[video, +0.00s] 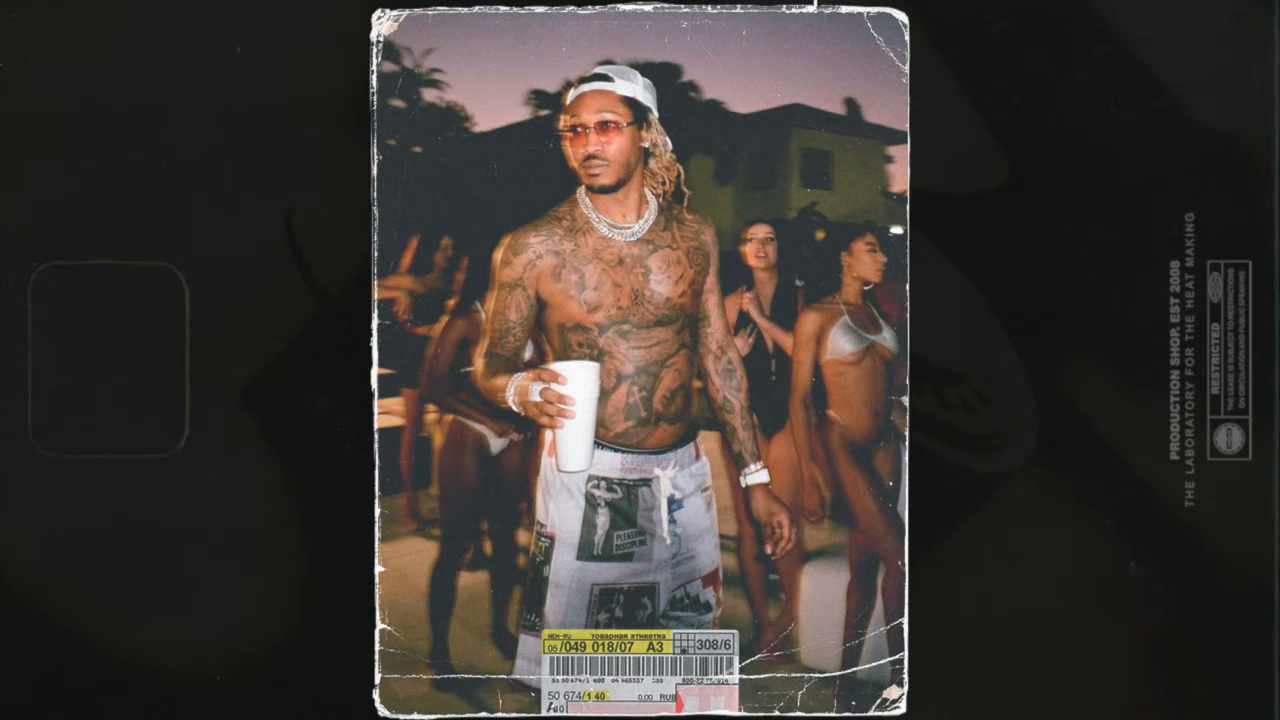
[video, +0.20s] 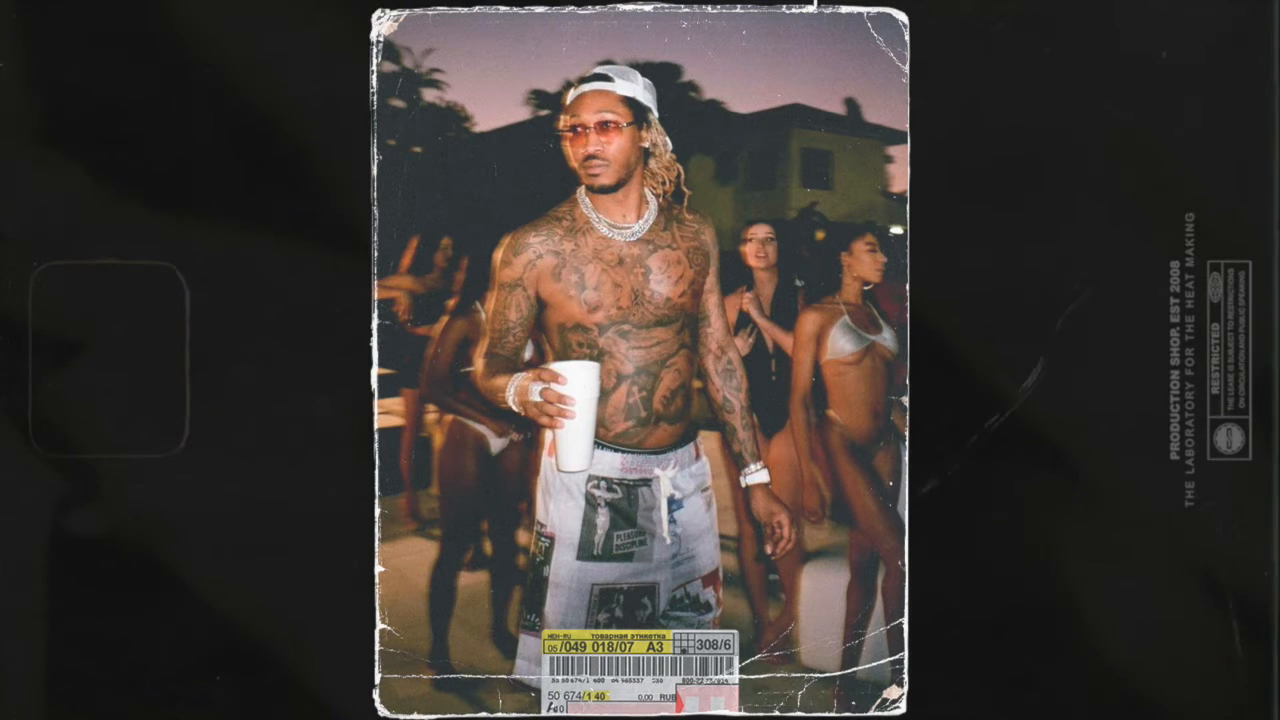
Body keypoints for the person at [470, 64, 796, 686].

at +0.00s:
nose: (590, 143)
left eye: (608, 126)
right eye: (576, 130)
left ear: (646, 138)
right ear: (565, 143)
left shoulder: (693, 236)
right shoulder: (532, 248)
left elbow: (720, 358)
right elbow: (490, 366)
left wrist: (756, 481)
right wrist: (516, 389)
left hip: (681, 477)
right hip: (582, 482)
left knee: (690, 663)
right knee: (574, 666)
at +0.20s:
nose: (590, 143)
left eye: (608, 126)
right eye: (576, 130)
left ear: (646, 138)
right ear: (565, 144)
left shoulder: (693, 236)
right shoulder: (532, 248)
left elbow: (720, 358)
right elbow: (491, 365)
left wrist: (756, 481)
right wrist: (516, 389)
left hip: (681, 477)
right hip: (582, 482)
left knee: (689, 663)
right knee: (573, 666)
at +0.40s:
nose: (590, 143)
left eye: (608, 126)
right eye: (576, 130)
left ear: (646, 138)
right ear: (565, 143)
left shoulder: (693, 236)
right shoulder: (532, 248)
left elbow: (720, 358)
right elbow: (491, 365)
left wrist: (756, 481)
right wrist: (516, 389)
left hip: (681, 477)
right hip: (582, 481)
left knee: (689, 663)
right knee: (572, 666)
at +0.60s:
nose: (590, 143)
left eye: (608, 126)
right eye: (576, 130)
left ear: (646, 138)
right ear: (565, 143)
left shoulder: (693, 236)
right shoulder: (532, 248)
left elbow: (720, 358)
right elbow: (491, 365)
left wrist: (756, 481)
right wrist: (516, 389)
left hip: (681, 477)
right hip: (582, 481)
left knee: (689, 663)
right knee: (572, 666)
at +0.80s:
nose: (590, 143)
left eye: (608, 126)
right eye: (576, 130)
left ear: (646, 138)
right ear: (565, 143)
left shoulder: (693, 236)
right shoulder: (532, 248)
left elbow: (720, 358)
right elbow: (491, 365)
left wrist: (756, 481)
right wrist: (516, 389)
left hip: (681, 477)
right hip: (582, 481)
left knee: (689, 663)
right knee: (572, 666)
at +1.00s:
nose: (589, 143)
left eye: (608, 126)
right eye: (576, 130)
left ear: (646, 138)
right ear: (565, 144)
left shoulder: (693, 235)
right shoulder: (532, 247)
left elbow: (720, 358)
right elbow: (491, 364)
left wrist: (756, 482)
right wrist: (516, 389)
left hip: (681, 476)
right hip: (582, 481)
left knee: (689, 663)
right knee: (573, 668)